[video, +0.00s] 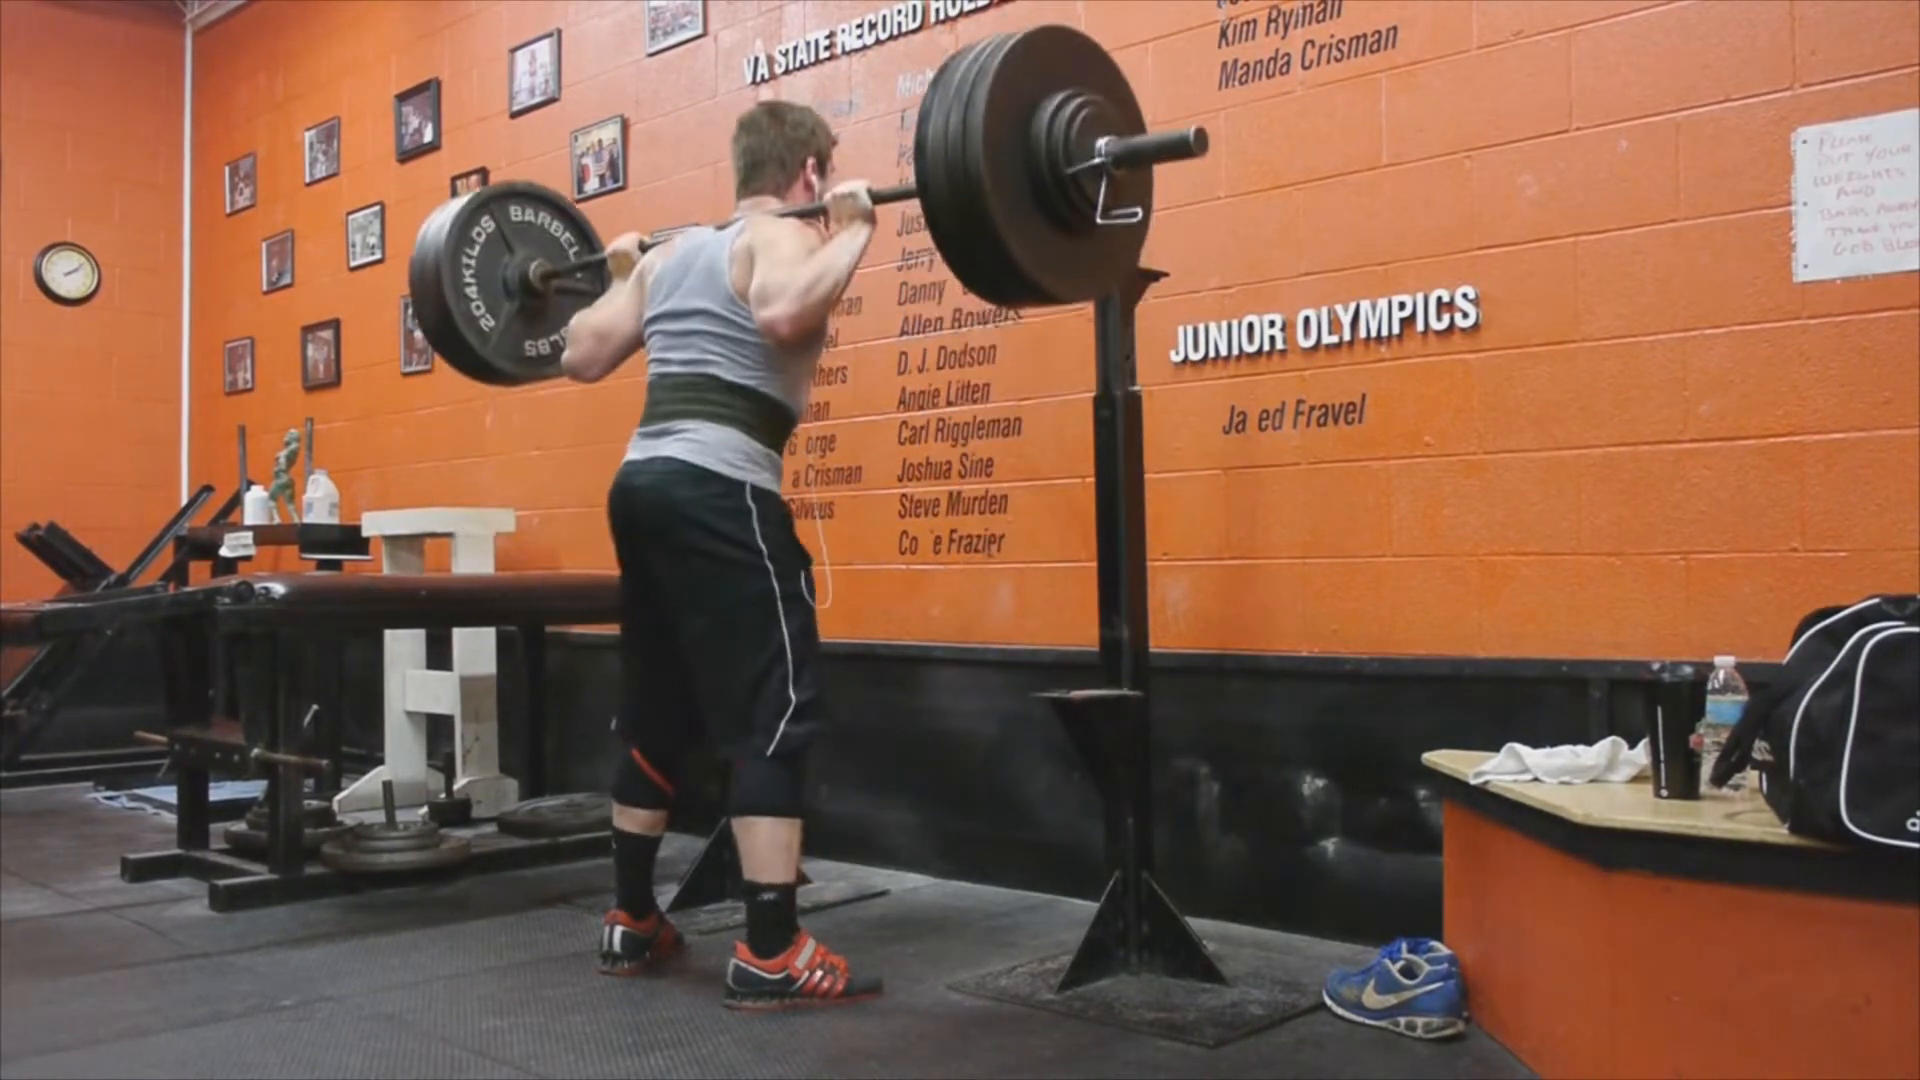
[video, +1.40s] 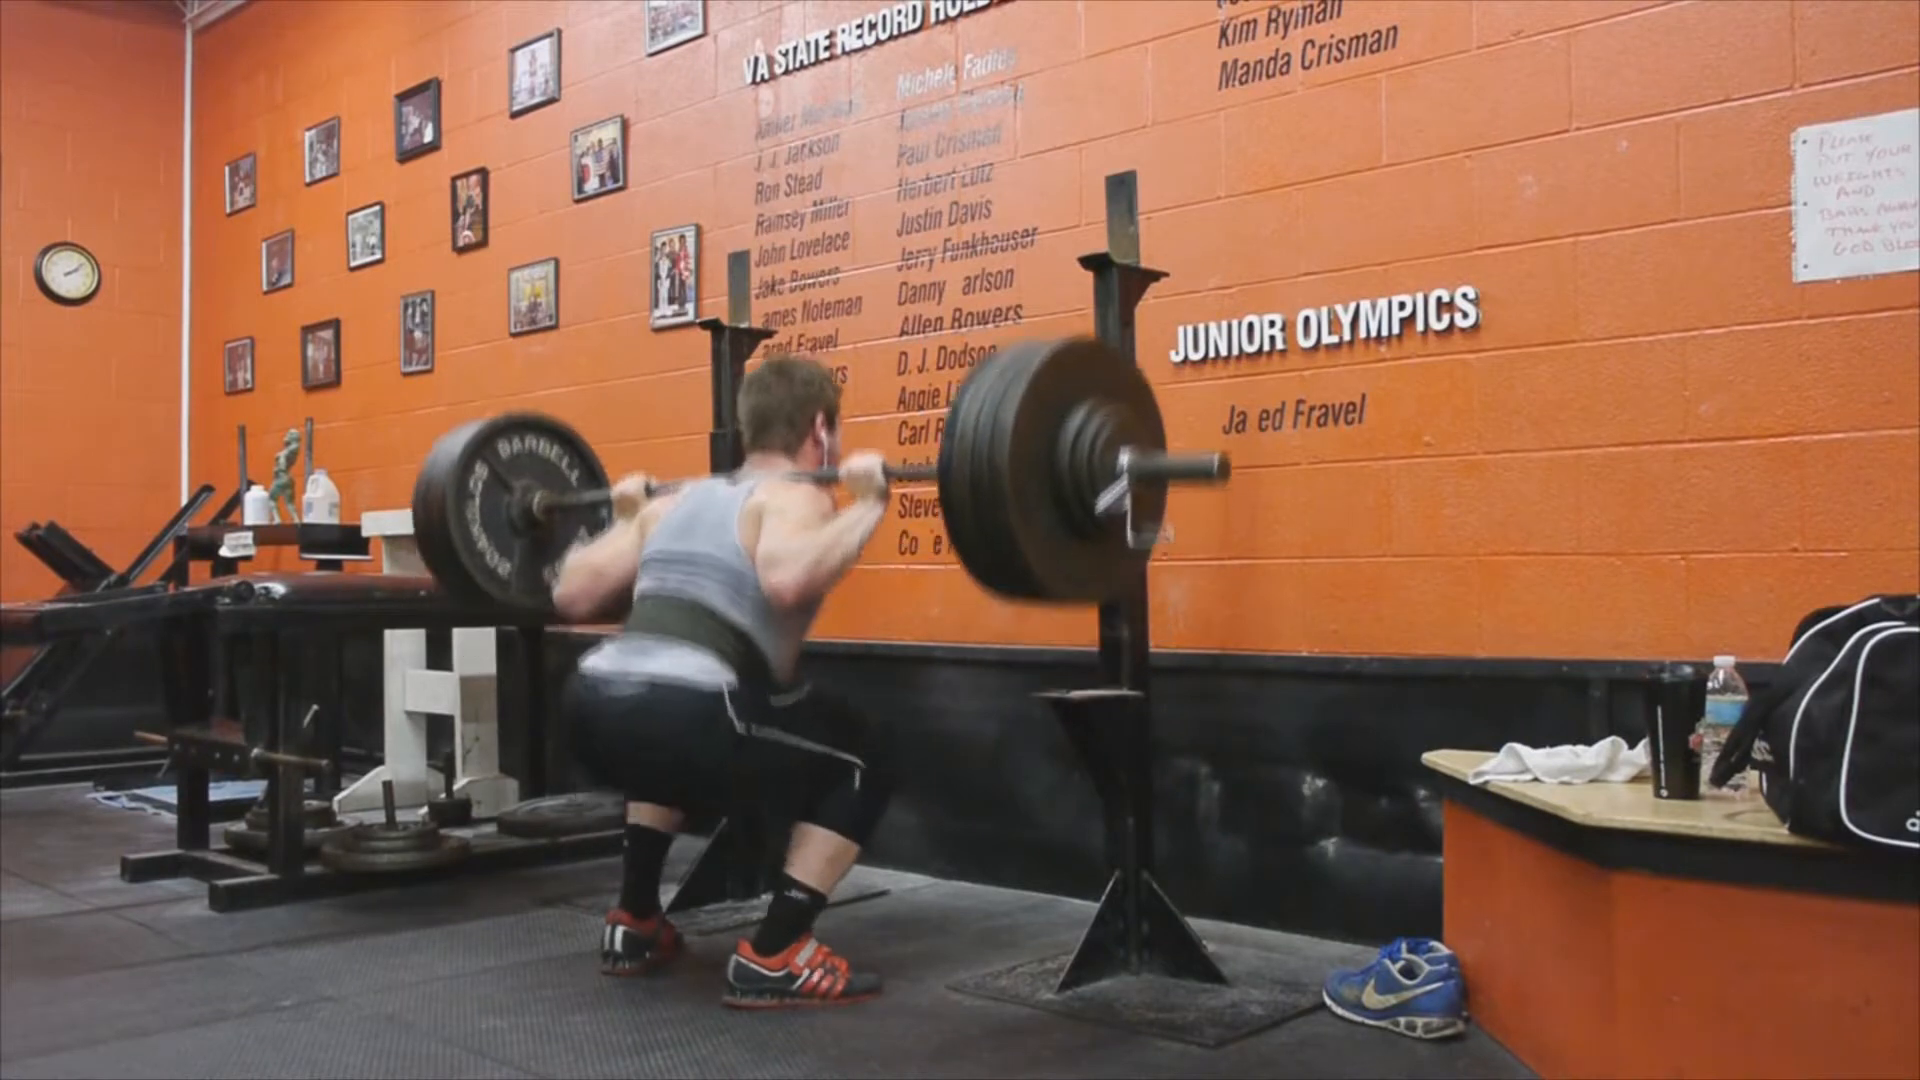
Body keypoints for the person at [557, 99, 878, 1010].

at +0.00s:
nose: (830, 188)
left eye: (828, 173)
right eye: (829, 174)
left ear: (742, 173)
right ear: (809, 170)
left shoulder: (671, 252)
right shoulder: (785, 233)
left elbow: (584, 355)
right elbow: (779, 312)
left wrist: (619, 271)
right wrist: (854, 230)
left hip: (645, 485)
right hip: (722, 489)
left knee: (658, 704)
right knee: (775, 708)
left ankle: (632, 919)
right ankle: (771, 945)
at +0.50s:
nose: (833, 294)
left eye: (830, 280)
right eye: (830, 281)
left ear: (743, 285)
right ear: (808, 283)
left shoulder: (676, 359)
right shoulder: (788, 347)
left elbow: (580, 463)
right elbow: (786, 434)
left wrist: (624, 381)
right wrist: (861, 351)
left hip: (605, 578)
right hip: (691, 585)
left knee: (662, 725)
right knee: (838, 734)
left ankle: (633, 920)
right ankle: (776, 947)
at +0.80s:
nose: (832, 410)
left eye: (833, 398)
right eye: (831, 397)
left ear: (745, 404)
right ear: (813, 402)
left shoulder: (675, 476)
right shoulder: (791, 470)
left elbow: (584, 580)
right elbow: (794, 566)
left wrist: (626, 492)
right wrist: (867, 481)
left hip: (594, 687)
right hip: (685, 698)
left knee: (675, 750)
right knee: (858, 770)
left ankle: (634, 918)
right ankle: (776, 951)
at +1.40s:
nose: (837, 443)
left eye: (835, 428)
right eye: (835, 428)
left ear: (746, 432)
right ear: (817, 432)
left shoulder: (674, 503)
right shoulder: (798, 498)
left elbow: (574, 594)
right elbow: (786, 582)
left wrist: (626, 516)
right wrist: (867, 505)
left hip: (600, 713)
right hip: (698, 721)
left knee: (674, 751)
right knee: (860, 768)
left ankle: (634, 917)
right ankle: (775, 950)